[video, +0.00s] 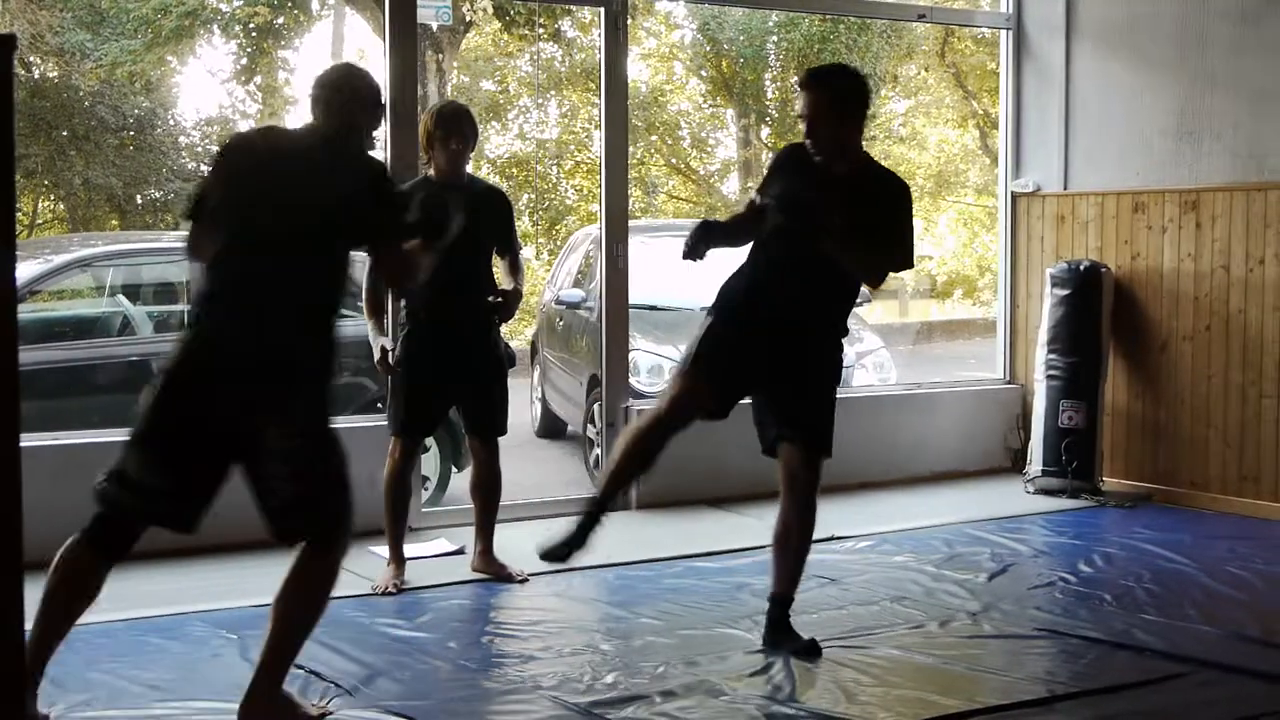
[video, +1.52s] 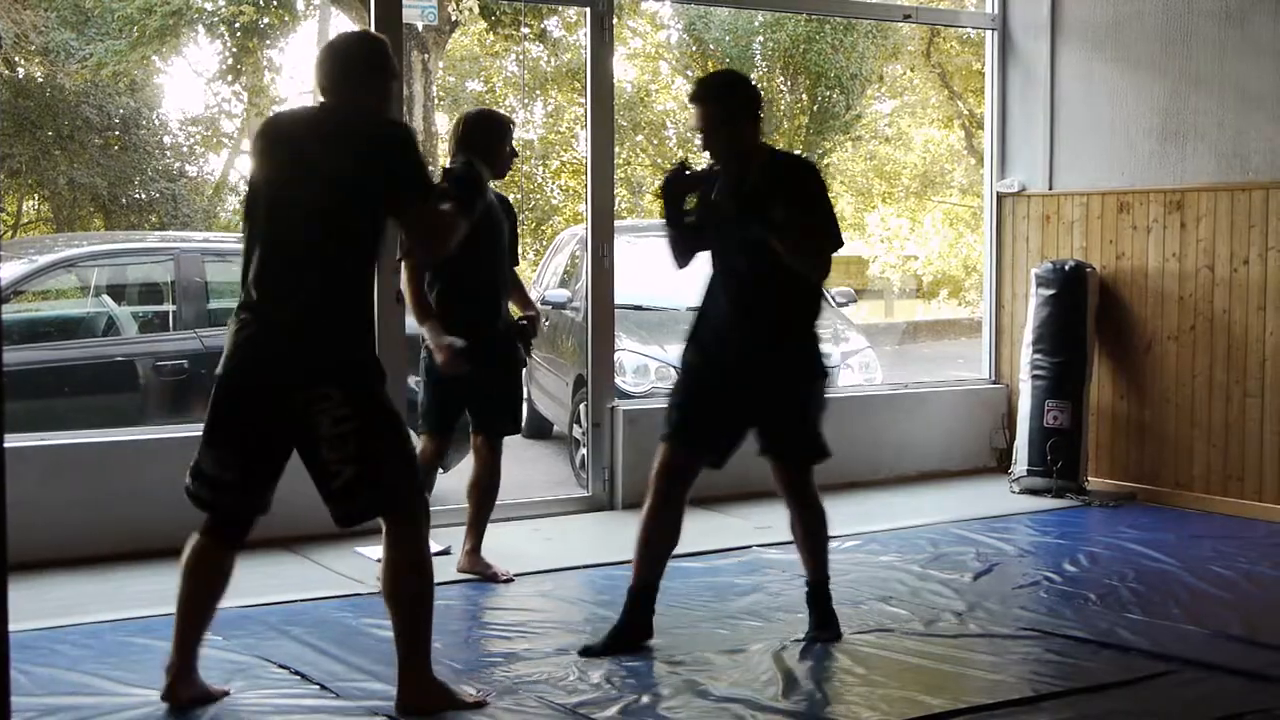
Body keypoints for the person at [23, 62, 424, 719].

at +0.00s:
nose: (374, 129)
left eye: (373, 117)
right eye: (373, 117)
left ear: (314, 105)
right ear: (364, 115)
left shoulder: (247, 149)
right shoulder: (367, 177)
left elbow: (200, 243)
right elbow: (396, 276)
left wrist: (268, 220)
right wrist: (430, 241)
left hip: (203, 368)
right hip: (287, 381)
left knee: (113, 523)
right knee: (328, 532)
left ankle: (24, 680)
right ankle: (265, 692)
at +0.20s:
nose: (299, 119)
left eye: (300, 107)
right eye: (299, 106)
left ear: (240, 89)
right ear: (286, 102)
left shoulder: (168, 138)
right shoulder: (280, 164)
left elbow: (146, 226)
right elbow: (305, 270)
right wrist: (339, 224)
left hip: (133, 365)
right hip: (218, 373)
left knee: (61, 546)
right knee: (286, 526)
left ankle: (5, 696)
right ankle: (251, 691)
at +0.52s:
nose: (271, 99)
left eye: (269, 87)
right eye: (267, 86)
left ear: (197, 82)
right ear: (249, 88)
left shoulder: (142, 132)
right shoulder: (250, 148)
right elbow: (284, 245)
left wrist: (248, 142)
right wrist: (297, 157)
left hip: (120, 362)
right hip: (204, 364)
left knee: (65, 543)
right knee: (301, 506)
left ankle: (4, 698)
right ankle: (351, 669)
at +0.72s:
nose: (324, 114)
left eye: (322, 101)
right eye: (322, 103)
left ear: (265, 96)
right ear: (308, 103)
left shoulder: (207, 152)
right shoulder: (303, 166)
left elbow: (178, 229)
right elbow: (353, 264)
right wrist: (381, 204)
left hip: (182, 376)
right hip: (261, 379)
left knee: (108, 538)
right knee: (363, 521)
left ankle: (14, 683)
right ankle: (398, 689)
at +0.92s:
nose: (397, 116)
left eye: (396, 105)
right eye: (396, 104)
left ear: (322, 94)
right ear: (381, 103)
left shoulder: (258, 140)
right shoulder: (384, 168)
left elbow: (229, 221)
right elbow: (414, 271)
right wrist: (447, 224)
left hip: (227, 361)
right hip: (314, 369)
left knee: (192, 509)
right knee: (385, 519)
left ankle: (106, 646)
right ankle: (401, 689)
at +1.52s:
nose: (397, 95)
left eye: (395, 82)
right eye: (394, 82)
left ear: (326, 79)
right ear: (380, 82)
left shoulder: (272, 131)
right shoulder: (386, 138)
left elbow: (266, 235)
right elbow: (432, 238)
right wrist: (464, 196)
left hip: (255, 353)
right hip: (336, 356)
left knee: (223, 520)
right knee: (405, 509)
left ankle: (181, 675)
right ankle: (417, 683)